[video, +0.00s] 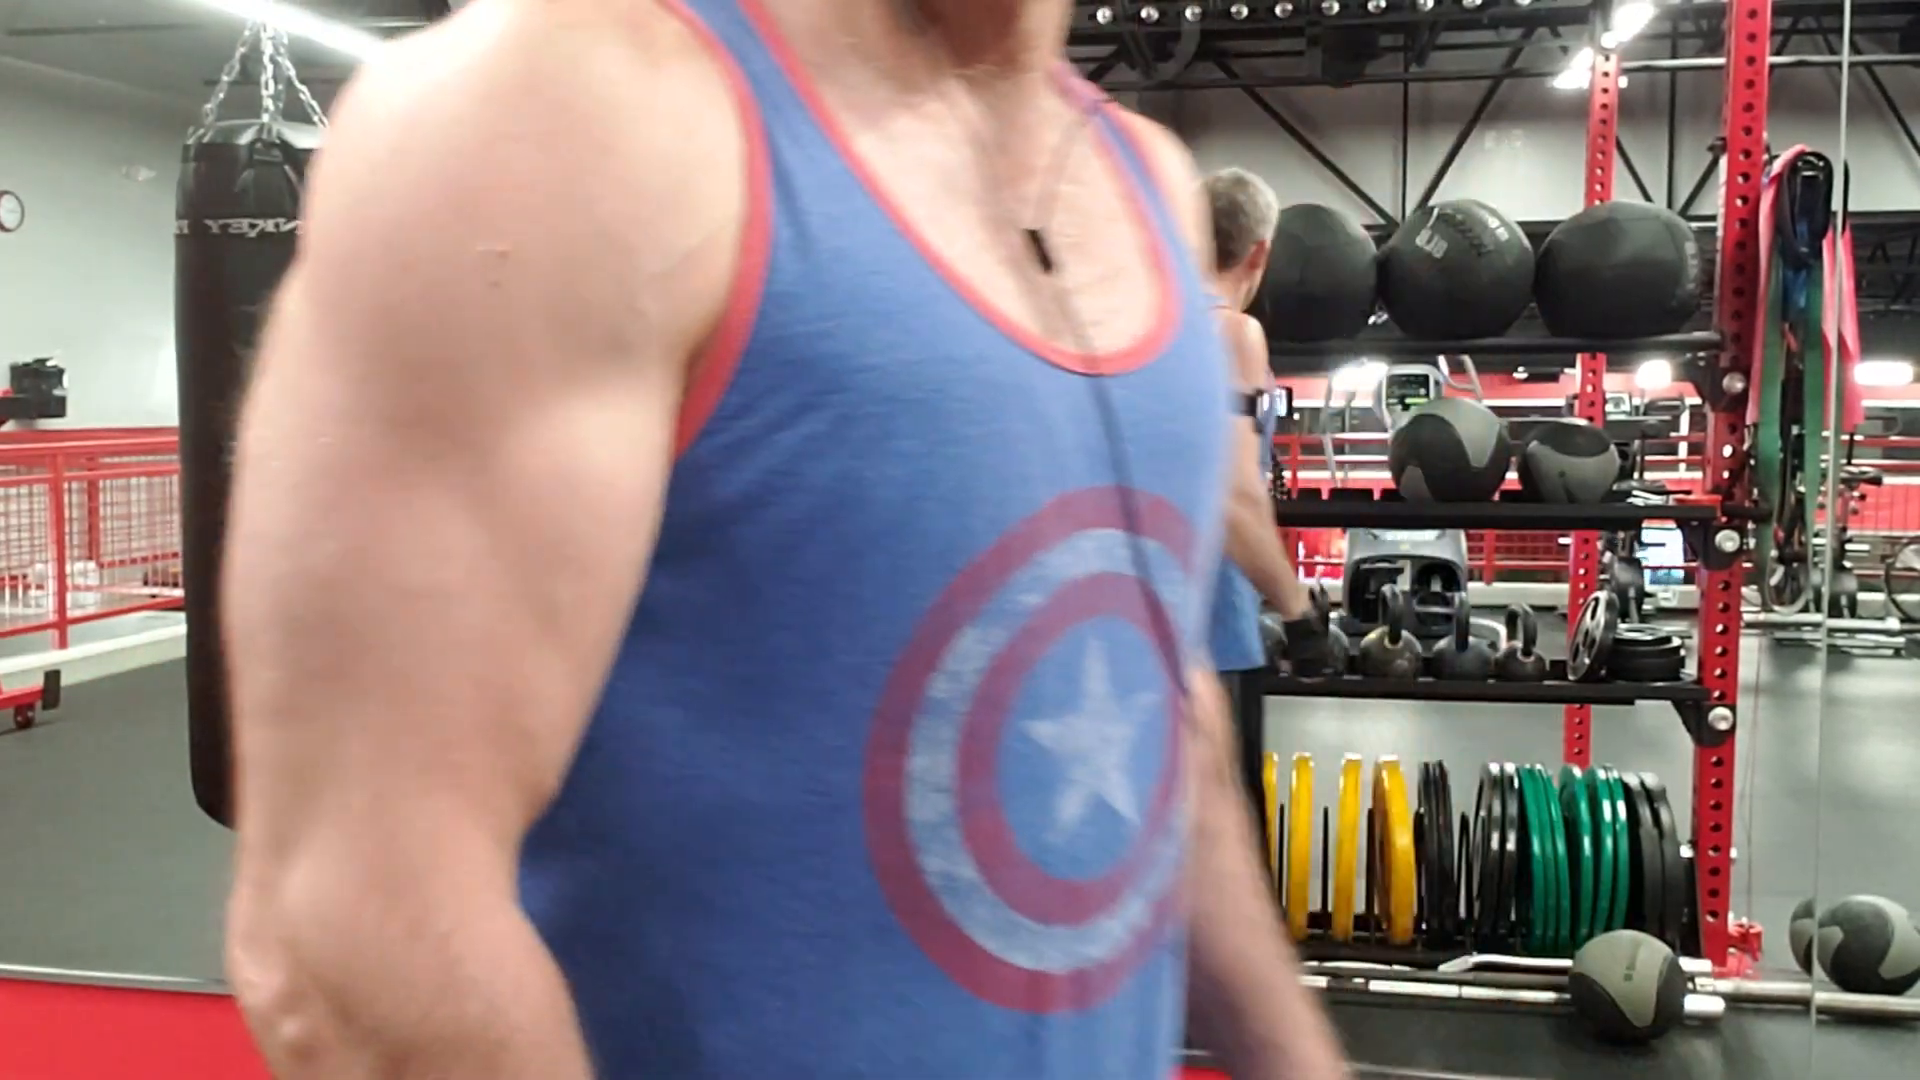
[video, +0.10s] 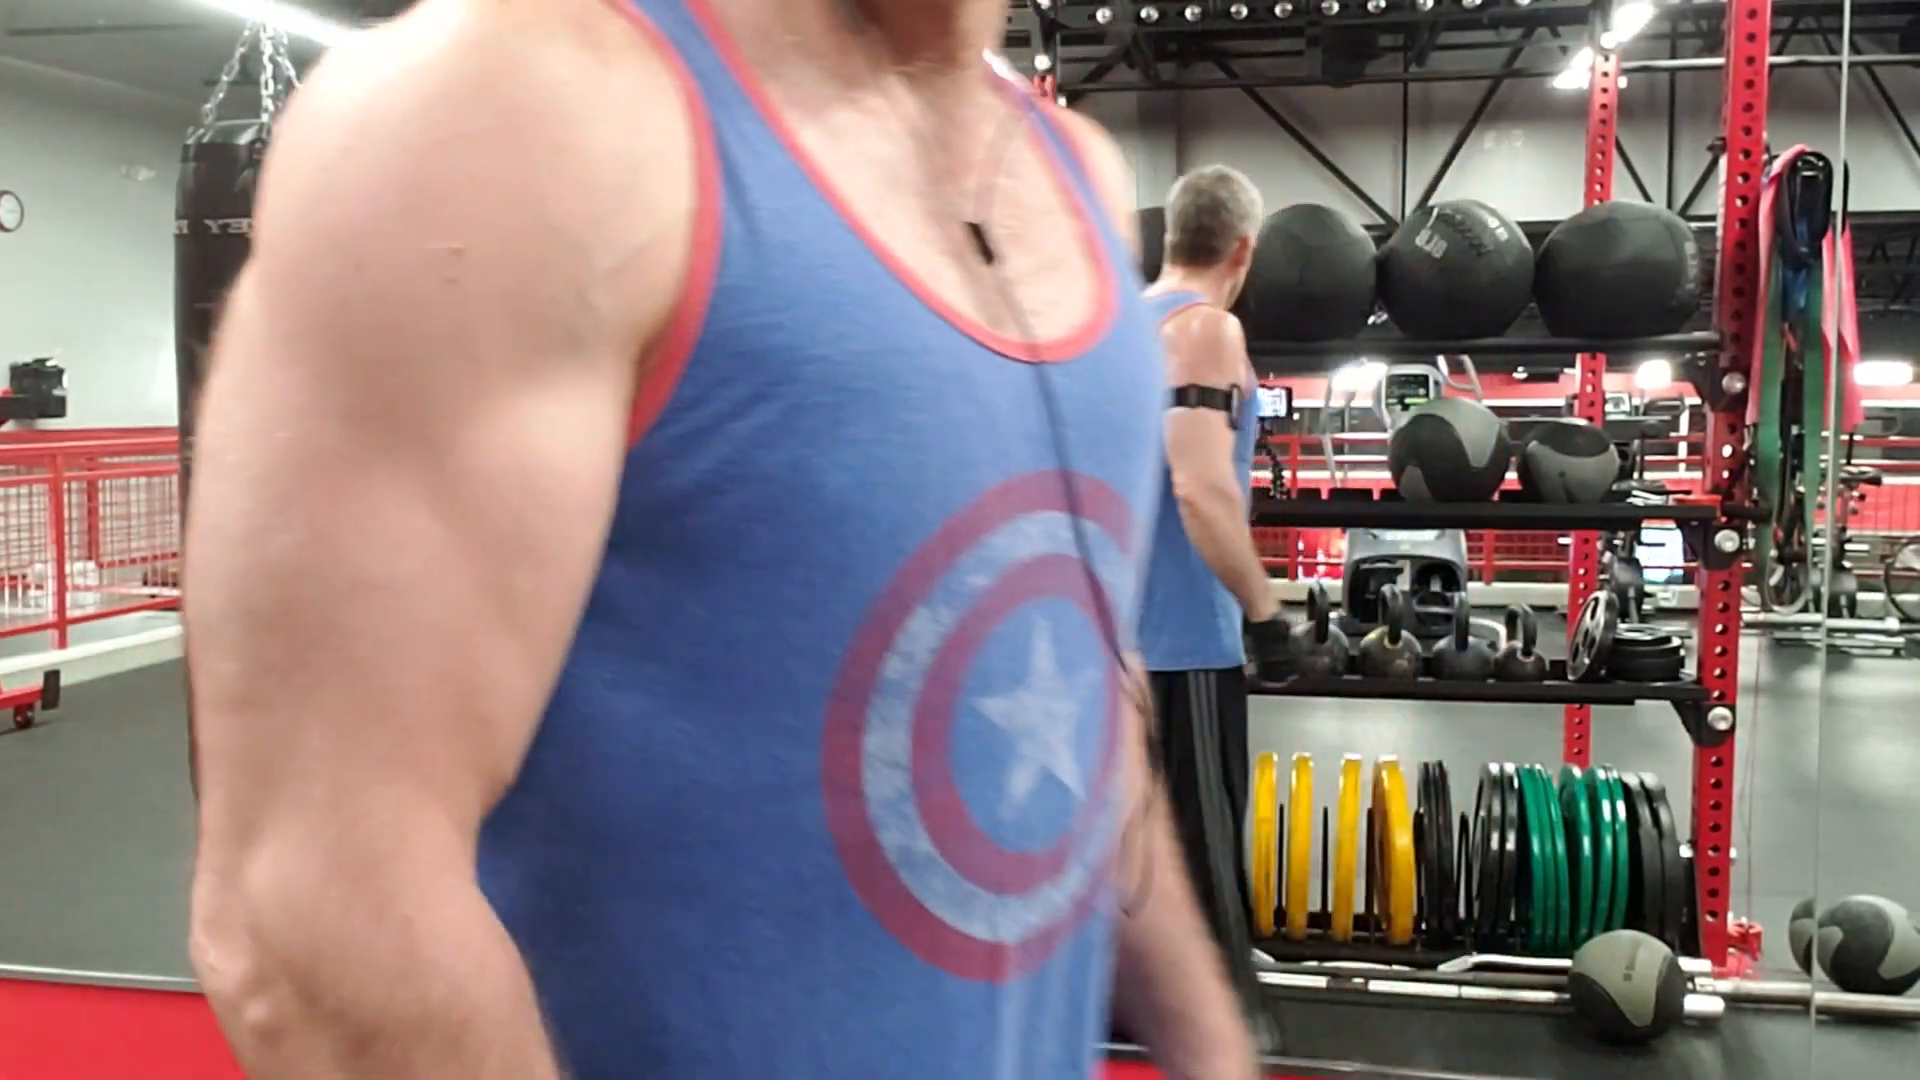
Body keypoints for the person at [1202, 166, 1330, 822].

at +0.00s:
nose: (1264, 273)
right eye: (1267, 258)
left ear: (1187, 238)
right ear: (1258, 255)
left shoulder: (1149, 316)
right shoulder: (1233, 331)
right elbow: (1234, 494)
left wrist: (1290, 602)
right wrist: (1296, 606)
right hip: (1211, 631)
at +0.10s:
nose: (1251, 263)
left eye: (1248, 251)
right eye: (1253, 251)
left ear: (1169, 238)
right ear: (1242, 252)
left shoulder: (1131, 313)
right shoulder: (1207, 325)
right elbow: (1199, 483)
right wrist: (1261, 598)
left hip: (1124, 631)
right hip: (1185, 638)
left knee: (1130, 841)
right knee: (1201, 851)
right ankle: (1217, 1033)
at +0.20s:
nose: (1237, 260)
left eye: (1238, 248)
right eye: (1239, 246)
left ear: (1151, 236)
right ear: (1228, 246)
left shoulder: (1114, 320)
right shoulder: (1185, 323)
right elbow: (1181, 485)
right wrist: (1243, 609)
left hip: (1110, 639)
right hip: (1168, 647)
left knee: (1115, 858)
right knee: (1172, 870)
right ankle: (1162, 1067)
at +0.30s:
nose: (1224, 255)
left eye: (1225, 245)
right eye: (1226, 243)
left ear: (1137, 236)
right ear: (1214, 243)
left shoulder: (1108, 319)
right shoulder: (1168, 322)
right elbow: (1170, 487)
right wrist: (1237, 615)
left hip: (1098, 628)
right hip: (1151, 637)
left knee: (1111, 842)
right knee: (1152, 854)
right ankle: (1127, 1062)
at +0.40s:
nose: (1212, 253)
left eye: (1213, 240)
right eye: (1213, 239)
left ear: (1125, 231)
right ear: (1200, 241)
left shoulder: (1103, 316)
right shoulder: (1154, 325)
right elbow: (1159, 488)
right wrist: (1233, 615)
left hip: (1089, 610)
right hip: (1137, 618)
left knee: (1098, 825)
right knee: (1135, 837)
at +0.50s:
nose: (1210, 257)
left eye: (1212, 242)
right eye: (1211, 241)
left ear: (1127, 235)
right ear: (1188, 240)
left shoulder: (1090, 318)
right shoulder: (1138, 325)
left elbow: (1082, 492)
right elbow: (1146, 496)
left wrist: (1198, 596)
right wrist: (1226, 606)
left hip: (1077, 617)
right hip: (1121, 626)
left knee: (1081, 840)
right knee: (1109, 852)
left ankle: (1042, 1022)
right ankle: (1055, 1034)